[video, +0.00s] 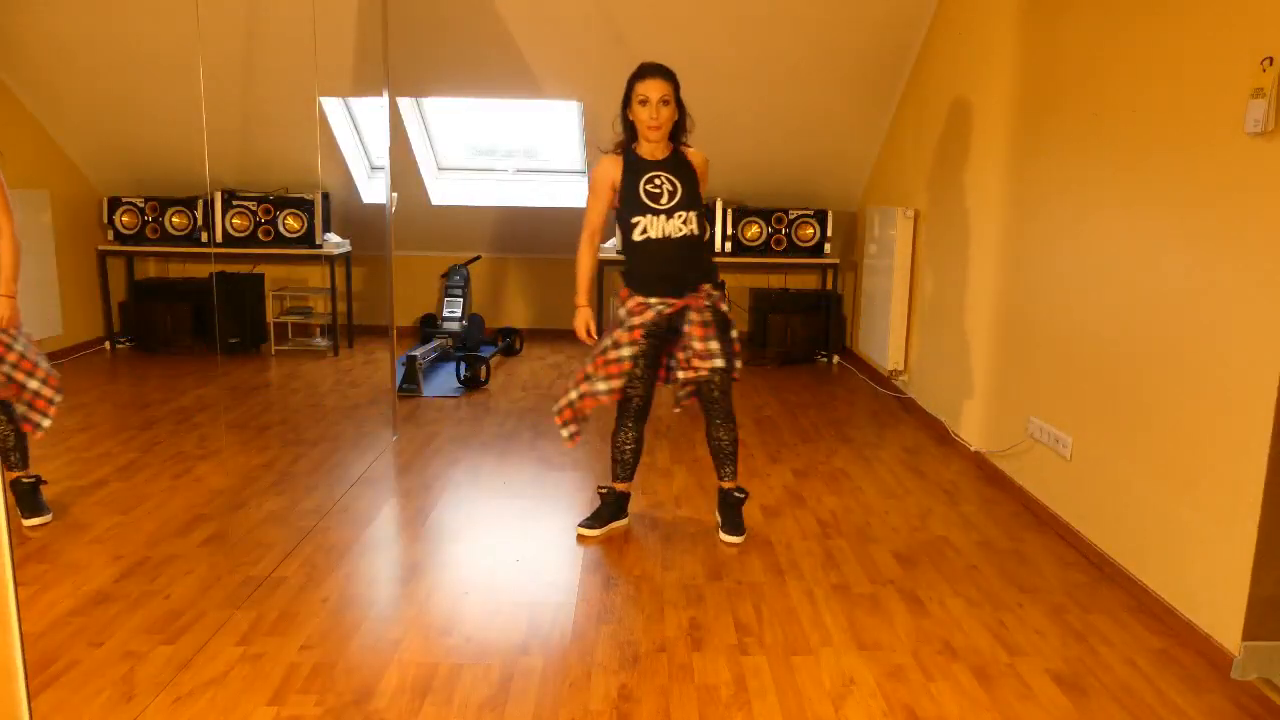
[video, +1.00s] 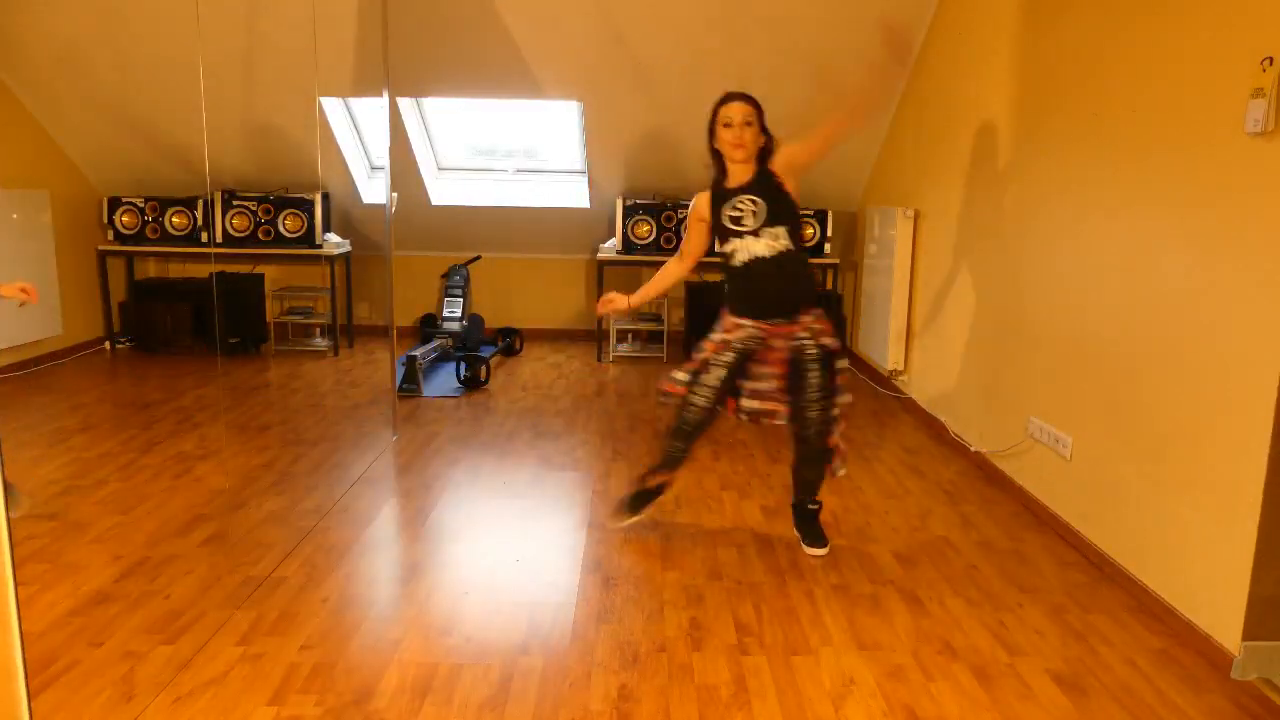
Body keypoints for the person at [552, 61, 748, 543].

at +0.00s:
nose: (654, 111)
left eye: (664, 102)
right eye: (643, 102)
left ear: (677, 109)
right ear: (629, 110)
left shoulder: (694, 162)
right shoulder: (611, 168)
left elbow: (696, 224)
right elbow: (590, 238)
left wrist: (705, 275)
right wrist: (583, 303)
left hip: (697, 296)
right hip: (642, 299)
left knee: (717, 396)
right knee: (633, 399)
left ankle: (730, 496)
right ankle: (617, 498)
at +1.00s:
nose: (738, 133)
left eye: (747, 124)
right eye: (727, 125)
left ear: (762, 133)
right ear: (714, 136)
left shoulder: (783, 169)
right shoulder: (707, 203)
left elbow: (842, 122)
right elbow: (682, 262)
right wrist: (633, 300)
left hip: (803, 318)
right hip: (742, 320)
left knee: (814, 427)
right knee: (695, 409)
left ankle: (807, 508)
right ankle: (656, 482)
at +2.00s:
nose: (683, 148)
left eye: (693, 138)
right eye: (672, 139)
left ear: (706, 147)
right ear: (658, 148)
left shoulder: (719, 218)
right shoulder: (636, 186)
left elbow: (709, 285)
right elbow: (593, 173)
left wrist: (701, 343)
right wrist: (557, 162)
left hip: (667, 336)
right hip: (610, 329)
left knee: (701, 425)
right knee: (614, 432)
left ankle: (682, 485)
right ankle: (599, 516)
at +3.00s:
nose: (735, 141)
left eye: (744, 132)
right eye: (724, 133)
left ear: (757, 142)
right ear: (710, 146)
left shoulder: (772, 181)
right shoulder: (703, 213)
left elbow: (826, 177)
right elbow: (692, 281)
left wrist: (872, 164)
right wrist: (677, 342)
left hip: (804, 325)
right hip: (753, 333)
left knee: (816, 429)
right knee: (780, 435)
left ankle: (792, 505)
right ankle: (731, 457)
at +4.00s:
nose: (654, 139)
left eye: (663, 130)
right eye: (643, 131)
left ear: (676, 141)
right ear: (628, 143)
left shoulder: (691, 210)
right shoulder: (608, 197)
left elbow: (686, 280)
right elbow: (558, 244)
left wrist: (680, 340)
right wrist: (505, 286)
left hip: (645, 337)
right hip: (591, 326)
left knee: (640, 433)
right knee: (596, 423)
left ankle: (613, 495)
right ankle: (588, 501)